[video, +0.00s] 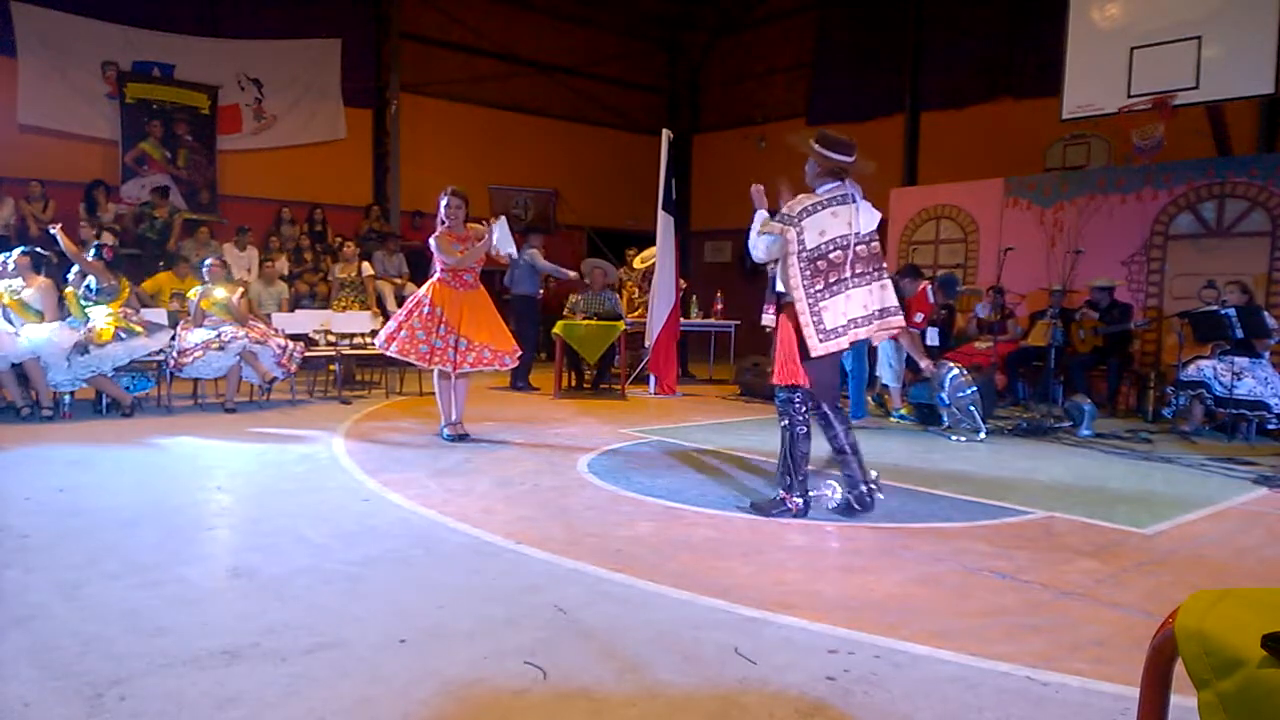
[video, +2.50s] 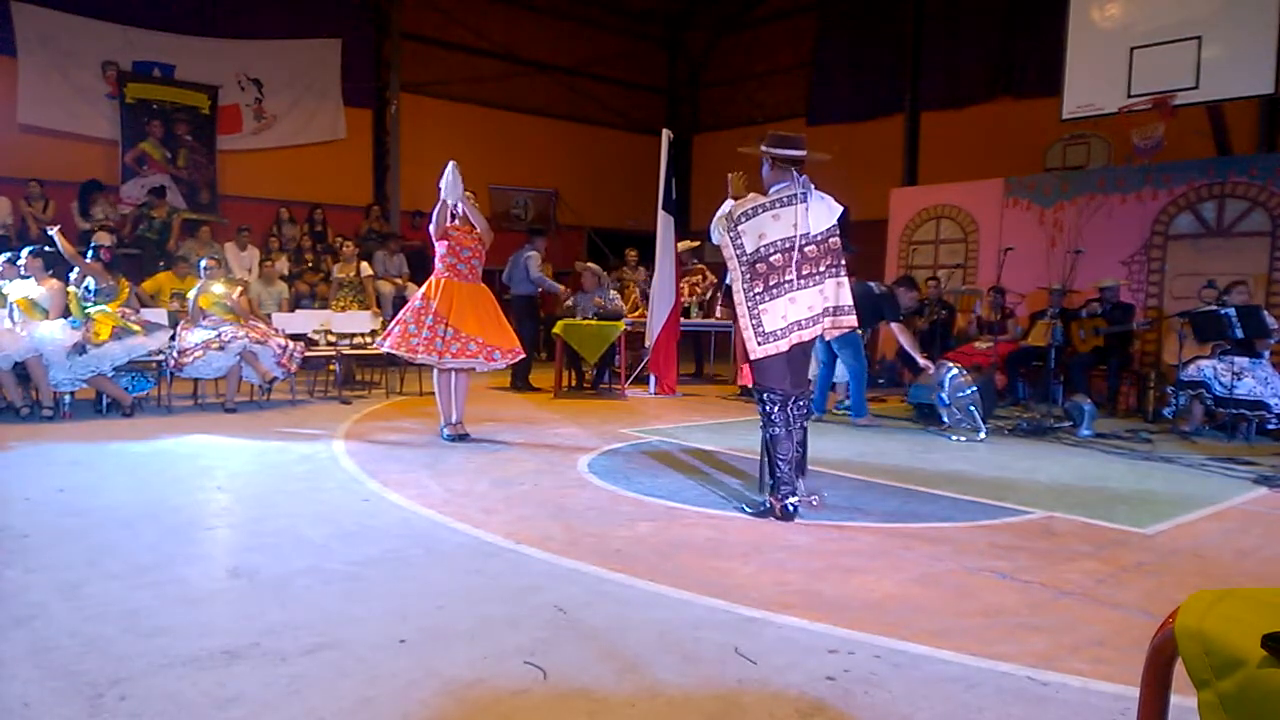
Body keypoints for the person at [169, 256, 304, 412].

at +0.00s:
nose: (208, 270)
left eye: (213, 266)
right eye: (206, 267)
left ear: (224, 270)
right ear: (203, 272)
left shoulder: (237, 290)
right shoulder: (197, 293)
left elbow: (244, 320)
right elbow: (196, 323)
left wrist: (231, 303)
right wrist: (200, 300)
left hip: (232, 327)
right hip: (207, 328)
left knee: (236, 356)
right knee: (237, 340)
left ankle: (229, 400)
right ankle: (264, 374)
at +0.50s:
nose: (215, 271)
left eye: (218, 267)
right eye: (211, 268)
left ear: (225, 270)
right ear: (205, 272)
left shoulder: (237, 290)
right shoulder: (197, 293)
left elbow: (244, 320)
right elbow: (197, 322)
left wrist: (231, 303)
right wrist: (201, 298)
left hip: (232, 327)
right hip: (207, 328)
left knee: (236, 356)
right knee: (237, 340)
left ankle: (229, 400)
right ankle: (264, 374)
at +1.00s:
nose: (212, 272)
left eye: (216, 268)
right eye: (209, 269)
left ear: (224, 270)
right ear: (203, 272)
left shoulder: (236, 289)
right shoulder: (197, 293)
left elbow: (244, 319)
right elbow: (197, 322)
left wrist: (234, 303)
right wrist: (201, 298)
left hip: (233, 327)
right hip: (208, 328)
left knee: (236, 356)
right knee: (237, 340)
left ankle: (230, 400)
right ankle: (264, 374)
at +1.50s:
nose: (210, 273)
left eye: (214, 269)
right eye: (206, 269)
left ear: (223, 270)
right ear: (201, 273)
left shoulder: (236, 289)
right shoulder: (197, 293)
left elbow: (245, 317)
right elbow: (196, 321)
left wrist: (233, 303)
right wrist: (201, 299)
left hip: (233, 328)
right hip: (207, 330)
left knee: (236, 357)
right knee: (238, 342)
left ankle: (230, 400)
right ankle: (264, 374)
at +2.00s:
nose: (209, 273)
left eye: (213, 269)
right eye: (205, 269)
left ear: (222, 270)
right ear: (201, 272)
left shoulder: (235, 289)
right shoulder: (196, 293)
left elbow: (245, 317)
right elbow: (196, 321)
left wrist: (233, 304)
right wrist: (199, 297)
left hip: (233, 327)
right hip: (208, 329)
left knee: (236, 358)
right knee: (239, 342)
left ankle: (230, 400)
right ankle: (265, 375)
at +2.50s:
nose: (208, 273)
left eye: (212, 269)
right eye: (204, 269)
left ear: (221, 270)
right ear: (200, 272)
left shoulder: (235, 289)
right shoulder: (196, 293)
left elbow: (246, 314)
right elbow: (194, 320)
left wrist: (233, 303)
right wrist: (197, 295)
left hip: (233, 327)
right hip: (208, 329)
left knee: (236, 358)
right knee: (239, 342)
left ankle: (229, 401)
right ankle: (264, 375)